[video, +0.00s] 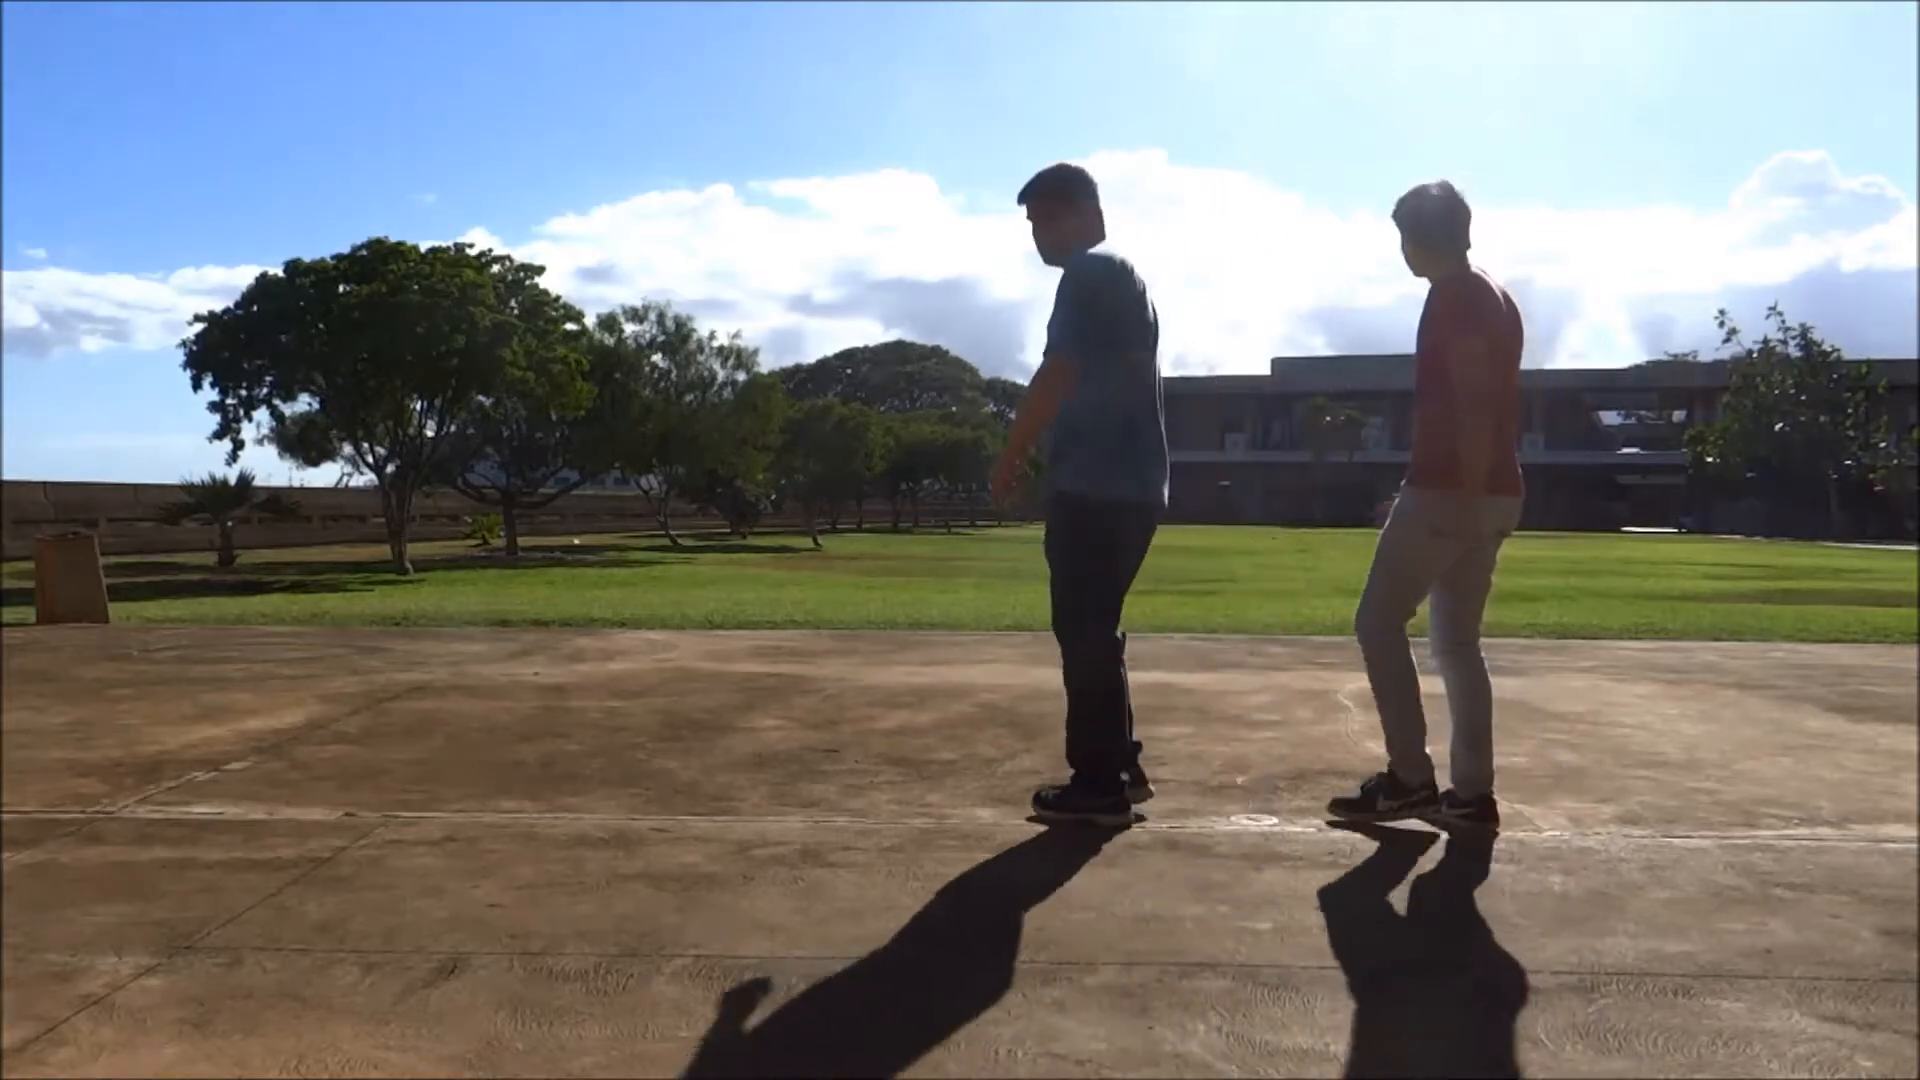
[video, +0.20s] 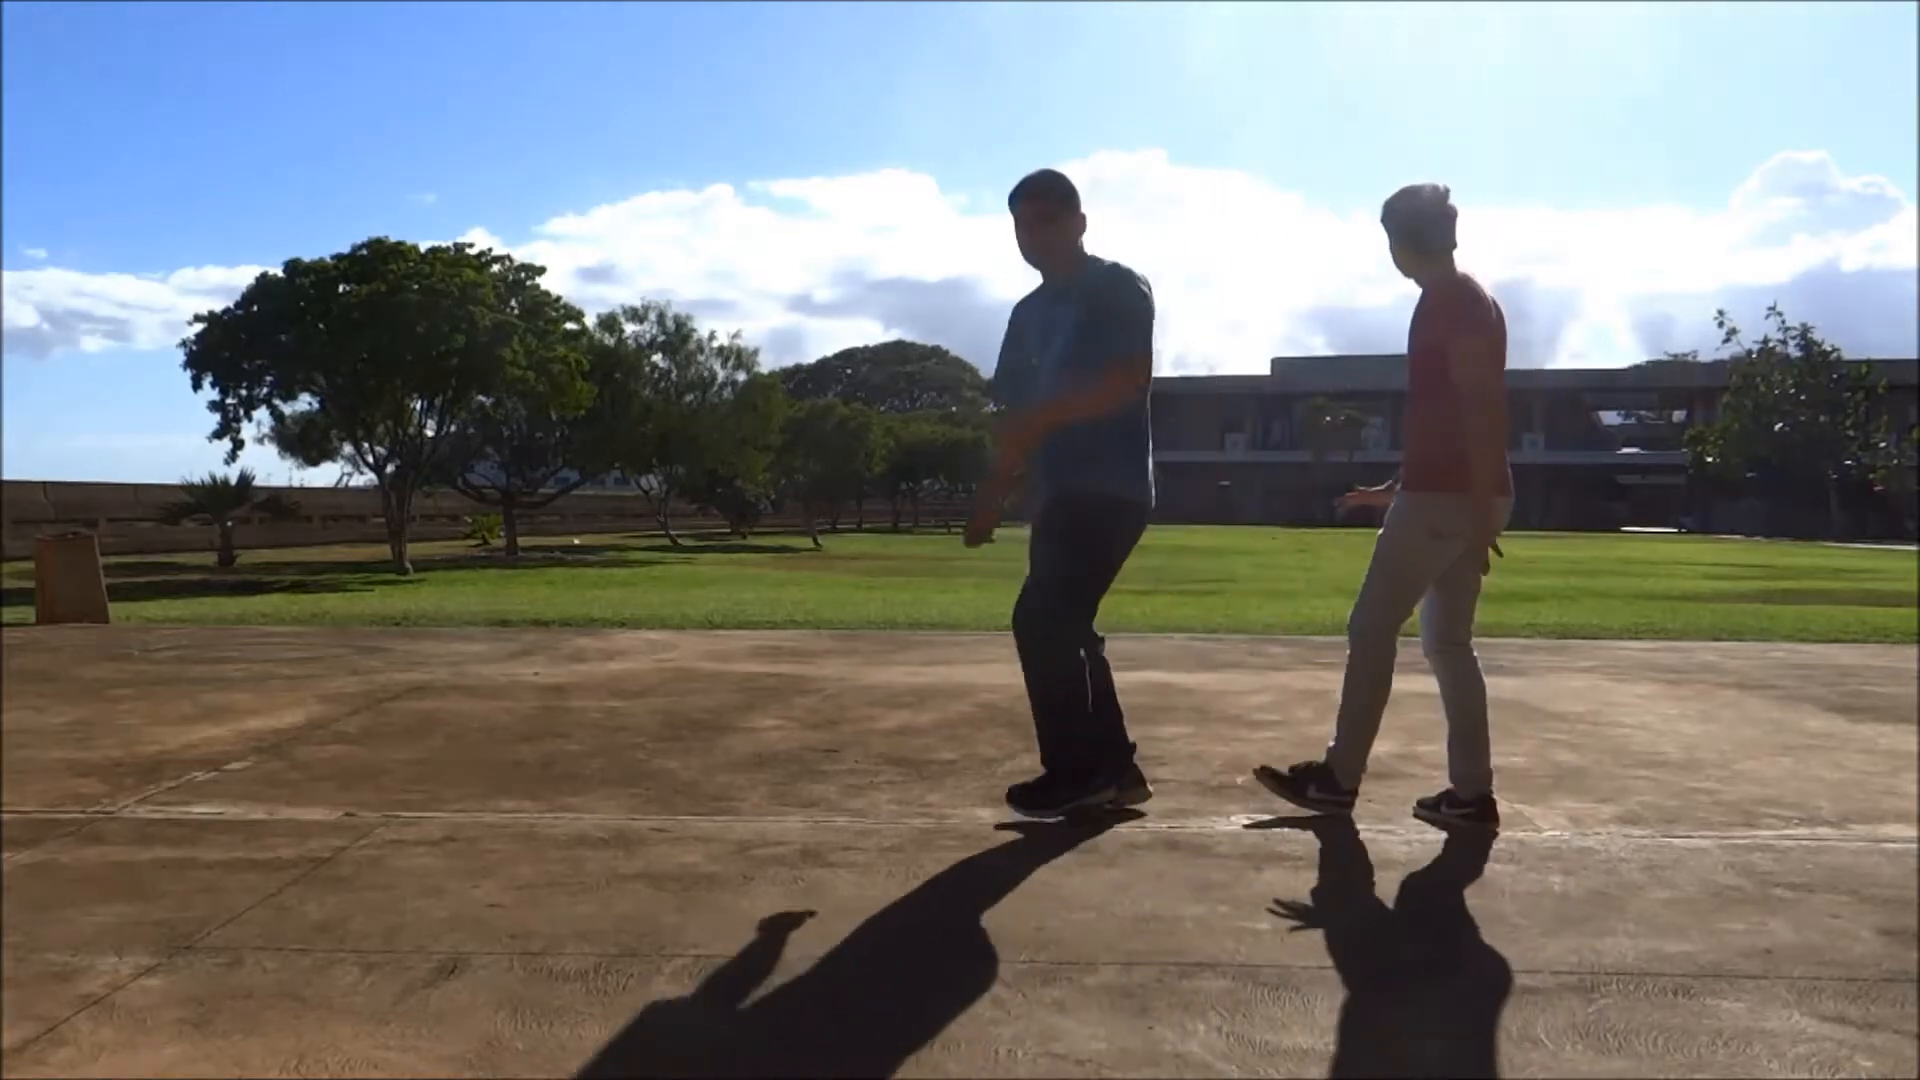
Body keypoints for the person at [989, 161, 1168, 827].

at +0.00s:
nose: (1033, 234)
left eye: (1039, 219)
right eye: (1031, 221)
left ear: (1077, 213)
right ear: (1091, 214)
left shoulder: (1087, 273)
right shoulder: (1127, 280)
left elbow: (1059, 373)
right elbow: (1122, 389)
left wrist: (1012, 454)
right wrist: (1044, 456)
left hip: (1096, 489)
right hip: (1131, 487)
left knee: (1083, 627)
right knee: (1092, 626)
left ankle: (1098, 786)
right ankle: (1115, 766)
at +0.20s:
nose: (1027, 234)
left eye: (1040, 219)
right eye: (1020, 223)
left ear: (1075, 219)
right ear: (1016, 231)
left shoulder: (1119, 287)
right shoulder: (1027, 314)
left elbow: (1128, 384)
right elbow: (1015, 418)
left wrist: (1039, 417)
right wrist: (995, 493)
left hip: (1111, 489)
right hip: (1060, 494)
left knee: (1041, 618)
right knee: (1065, 624)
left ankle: (1075, 772)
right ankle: (1113, 769)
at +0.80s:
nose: (994, 206)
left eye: (1009, 192)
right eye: (983, 194)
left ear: (1042, 194)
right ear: (972, 200)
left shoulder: (1086, 277)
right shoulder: (952, 286)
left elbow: (1117, 378)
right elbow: (919, 383)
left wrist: (1081, 472)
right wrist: (896, 452)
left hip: (1045, 490)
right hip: (967, 492)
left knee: (1020, 634)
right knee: (954, 626)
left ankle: (1005, 803)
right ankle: (1024, 740)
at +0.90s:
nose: (982, 202)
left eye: (996, 188)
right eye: (971, 191)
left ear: (1032, 191)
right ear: (962, 199)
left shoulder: (1075, 274)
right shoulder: (942, 285)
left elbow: (1105, 382)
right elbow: (913, 390)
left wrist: (1086, 476)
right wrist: (890, 465)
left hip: (1037, 494)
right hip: (955, 494)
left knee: (1018, 647)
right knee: (935, 634)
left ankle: (1007, 802)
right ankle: (954, 767)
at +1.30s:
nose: (921, 205)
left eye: (937, 189)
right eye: (911, 192)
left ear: (975, 190)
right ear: (901, 198)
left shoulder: (1025, 277)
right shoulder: (880, 286)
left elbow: (1053, 388)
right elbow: (863, 400)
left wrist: (1044, 484)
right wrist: (845, 494)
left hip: (989, 505)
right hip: (899, 506)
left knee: (994, 664)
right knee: (872, 662)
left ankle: (1005, 805)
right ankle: (839, 813)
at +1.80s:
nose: (838, 188)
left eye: (853, 172)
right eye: (825, 175)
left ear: (886, 173)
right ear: (810, 180)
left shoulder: (934, 262)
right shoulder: (779, 270)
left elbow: (959, 375)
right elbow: (742, 382)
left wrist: (924, 477)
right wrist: (719, 479)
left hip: (912, 498)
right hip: (814, 504)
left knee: (920, 659)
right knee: (816, 667)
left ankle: (950, 804)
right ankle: (831, 818)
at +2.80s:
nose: (760, 191)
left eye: (759, 170)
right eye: (753, 175)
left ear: (798, 147)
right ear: (797, 152)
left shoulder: (881, 219)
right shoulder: (812, 252)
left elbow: (880, 348)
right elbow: (809, 386)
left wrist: (840, 462)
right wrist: (778, 493)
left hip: (876, 499)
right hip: (814, 502)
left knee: (878, 676)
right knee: (780, 662)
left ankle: (887, 871)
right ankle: (750, 829)